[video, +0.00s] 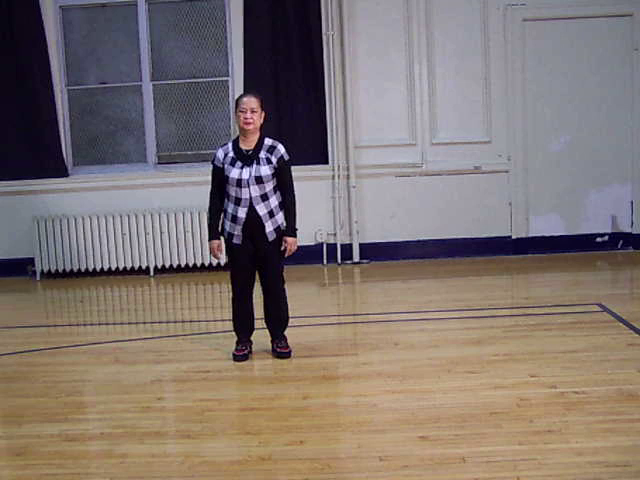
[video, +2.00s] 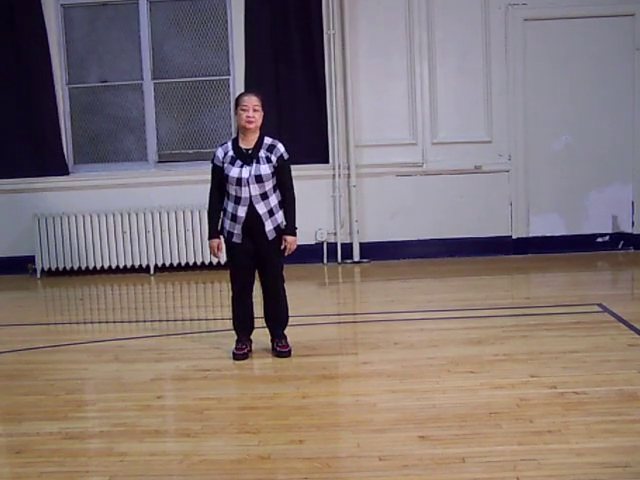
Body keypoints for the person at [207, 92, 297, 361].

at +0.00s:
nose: (247, 116)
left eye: (253, 111)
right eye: (242, 111)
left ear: (262, 116)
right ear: (235, 116)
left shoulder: (275, 150)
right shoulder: (223, 154)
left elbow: (288, 194)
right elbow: (216, 197)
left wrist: (291, 231)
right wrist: (214, 234)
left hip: (270, 231)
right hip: (237, 233)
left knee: (274, 286)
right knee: (241, 289)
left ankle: (279, 336)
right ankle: (243, 339)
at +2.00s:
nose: (250, 114)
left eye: (255, 110)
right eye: (244, 109)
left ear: (262, 115)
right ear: (236, 114)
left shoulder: (275, 149)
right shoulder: (223, 153)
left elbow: (287, 192)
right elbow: (216, 196)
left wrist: (290, 229)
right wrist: (214, 232)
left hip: (270, 230)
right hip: (237, 232)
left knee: (274, 284)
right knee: (241, 287)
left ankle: (279, 335)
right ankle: (243, 337)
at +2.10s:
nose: (249, 114)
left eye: (255, 109)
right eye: (244, 109)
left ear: (262, 114)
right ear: (236, 114)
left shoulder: (275, 149)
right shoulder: (223, 153)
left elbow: (287, 192)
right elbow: (215, 196)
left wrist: (290, 229)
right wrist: (214, 233)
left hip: (270, 230)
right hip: (236, 232)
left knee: (274, 285)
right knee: (241, 288)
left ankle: (279, 335)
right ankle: (243, 337)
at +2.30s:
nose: (248, 114)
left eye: (254, 109)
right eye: (243, 109)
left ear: (262, 114)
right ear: (235, 114)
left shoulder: (275, 149)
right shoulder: (223, 153)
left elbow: (287, 192)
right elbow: (215, 196)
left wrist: (290, 230)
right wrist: (214, 233)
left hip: (270, 230)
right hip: (236, 232)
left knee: (273, 285)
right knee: (241, 288)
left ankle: (279, 335)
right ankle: (243, 337)